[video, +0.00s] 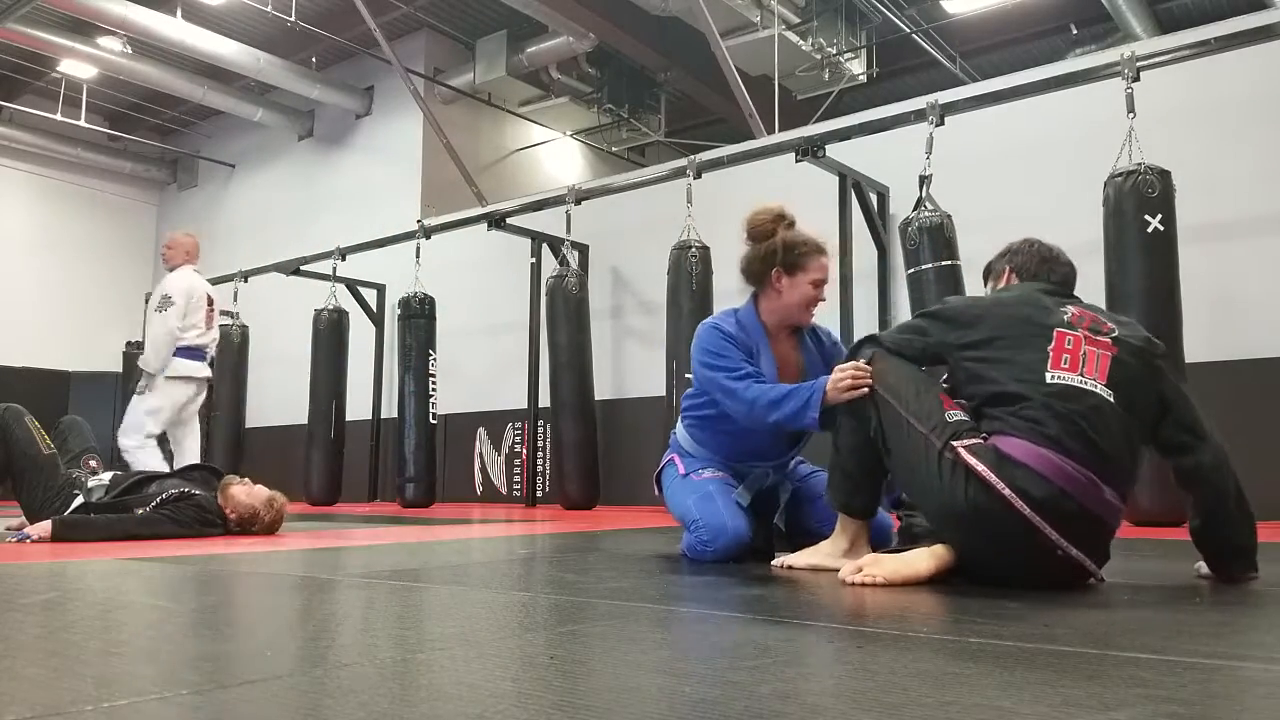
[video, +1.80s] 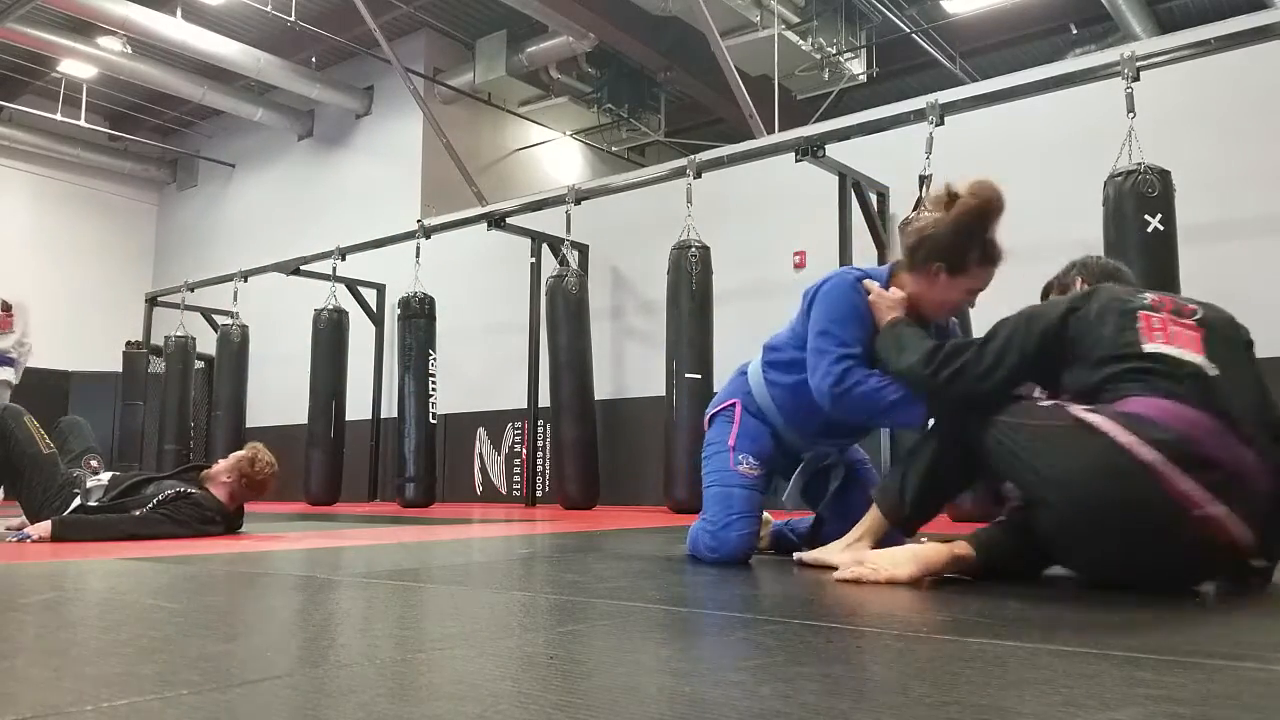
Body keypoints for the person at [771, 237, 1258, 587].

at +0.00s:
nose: (984, 299)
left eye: (987, 289)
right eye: (989, 291)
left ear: (1005, 279)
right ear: (1067, 289)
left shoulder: (983, 306)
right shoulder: (1137, 344)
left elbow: (869, 356)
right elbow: (1209, 466)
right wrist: (1232, 565)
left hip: (983, 508)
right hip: (1070, 560)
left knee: (870, 367)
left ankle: (846, 538)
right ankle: (932, 555)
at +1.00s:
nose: (992, 306)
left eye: (998, 295)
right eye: (993, 296)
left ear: (1029, 280)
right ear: (1080, 292)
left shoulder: (1015, 302)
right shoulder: (1148, 349)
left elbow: (880, 319)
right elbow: (1204, 462)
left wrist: (844, 343)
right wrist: (1230, 560)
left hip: (974, 502)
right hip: (1060, 561)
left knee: (862, 370)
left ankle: (846, 538)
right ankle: (913, 550)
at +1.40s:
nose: (1014, 299)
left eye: (1019, 289)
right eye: (1015, 290)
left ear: (1053, 274)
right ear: (1097, 282)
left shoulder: (1037, 302)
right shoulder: (1168, 345)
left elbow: (920, 358)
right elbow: (1220, 462)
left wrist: (855, 328)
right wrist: (1233, 563)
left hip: (975, 496)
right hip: (1059, 559)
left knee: (884, 386)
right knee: (966, 543)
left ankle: (849, 535)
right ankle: (911, 551)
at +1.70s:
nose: (1041, 305)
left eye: (1044, 294)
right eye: (1041, 295)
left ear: (1072, 277)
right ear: (1124, 280)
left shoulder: (1064, 302)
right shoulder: (1210, 339)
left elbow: (945, 382)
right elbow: (1249, 464)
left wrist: (884, 335)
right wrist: (1236, 567)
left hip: (1010, 476)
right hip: (1104, 553)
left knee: (944, 412)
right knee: (985, 538)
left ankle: (859, 535)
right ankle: (932, 552)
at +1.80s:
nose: (1050, 321)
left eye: (1052, 311)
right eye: (1050, 313)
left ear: (1073, 291)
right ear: (1130, 286)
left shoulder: (1074, 306)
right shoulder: (1227, 325)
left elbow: (954, 377)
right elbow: (1264, 436)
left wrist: (892, 324)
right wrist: (1252, 558)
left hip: (1108, 476)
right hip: (1205, 545)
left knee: (976, 408)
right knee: (1058, 517)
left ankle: (863, 535)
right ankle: (942, 557)